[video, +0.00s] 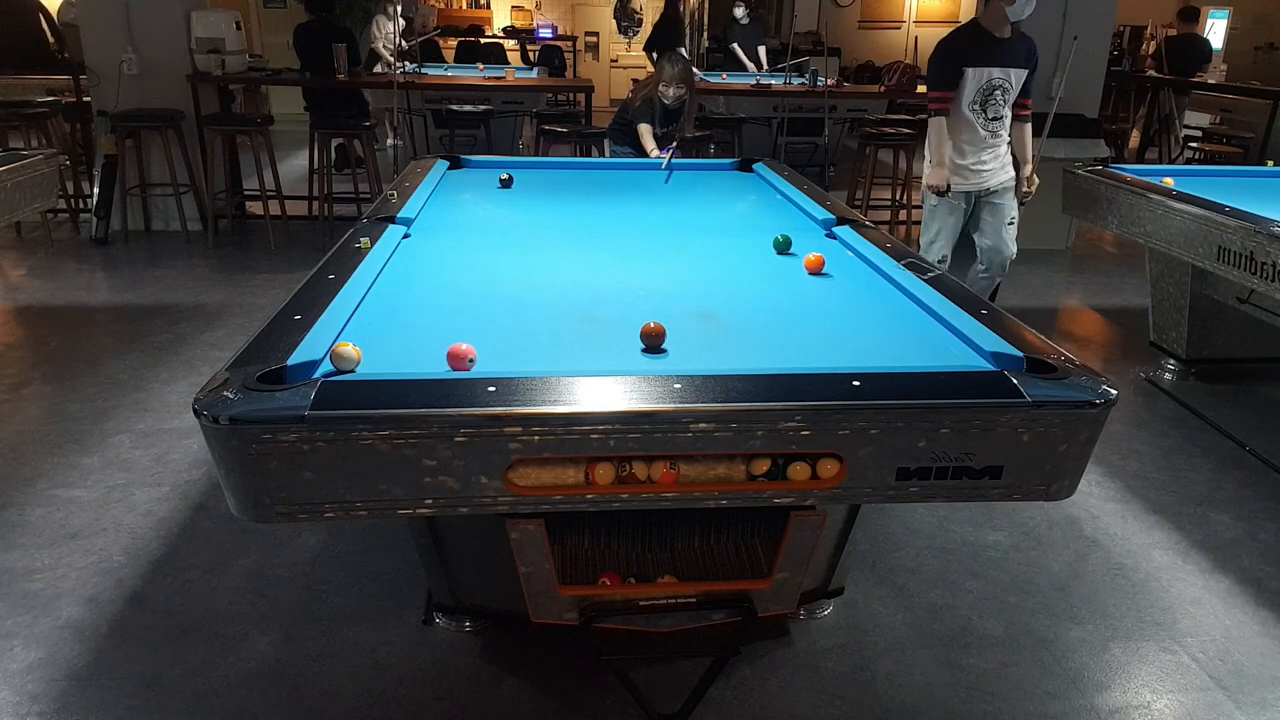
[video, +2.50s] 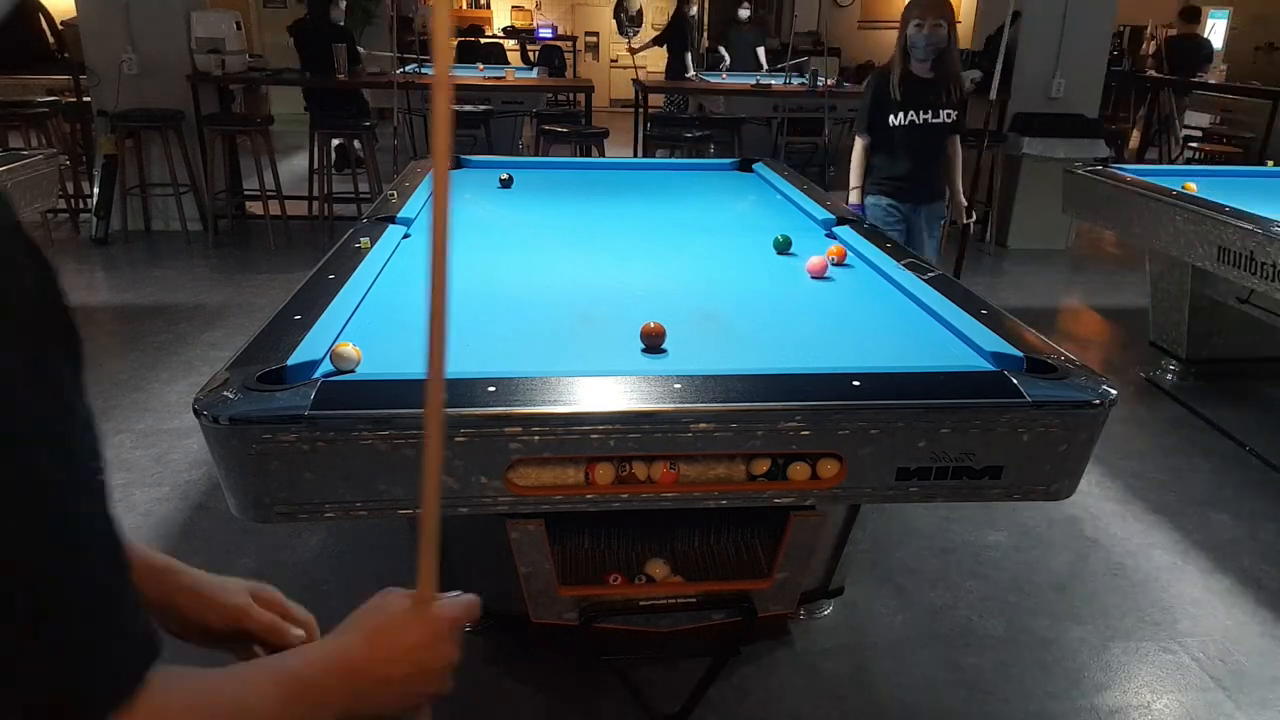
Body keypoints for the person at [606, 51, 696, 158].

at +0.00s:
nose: (672, 94)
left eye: (679, 88)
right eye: (665, 86)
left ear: (688, 87)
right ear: (657, 82)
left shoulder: (686, 97)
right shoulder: (643, 97)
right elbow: (644, 131)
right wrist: (655, 153)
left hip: (661, 142)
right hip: (626, 143)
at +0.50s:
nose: (671, 55)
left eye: (678, 48)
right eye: (664, 48)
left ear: (686, 48)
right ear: (653, 49)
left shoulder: (684, 71)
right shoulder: (640, 78)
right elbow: (625, 126)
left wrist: (683, 119)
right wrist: (646, 153)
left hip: (664, 143)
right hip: (632, 146)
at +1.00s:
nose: (661, 19)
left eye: (666, 12)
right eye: (652, 14)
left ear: (676, 16)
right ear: (642, 20)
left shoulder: (683, 53)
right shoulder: (633, 55)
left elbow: (687, 100)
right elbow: (639, 101)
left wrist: (691, 141)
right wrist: (659, 62)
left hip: (678, 147)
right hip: (642, 148)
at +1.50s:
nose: (713, 20)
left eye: (719, 13)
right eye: (705, 13)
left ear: (726, 18)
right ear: (693, 20)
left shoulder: (725, 58)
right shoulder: (681, 55)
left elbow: (725, 106)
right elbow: (689, 99)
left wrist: (729, 147)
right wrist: (710, 60)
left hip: (717, 143)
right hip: (684, 144)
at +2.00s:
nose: (770, 26)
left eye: (775, 19)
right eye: (762, 19)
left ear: (782, 25)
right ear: (749, 25)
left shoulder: (773, 66)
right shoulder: (733, 62)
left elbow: (774, 117)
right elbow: (707, 111)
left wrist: (779, 158)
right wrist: (744, 131)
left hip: (766, 159)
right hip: (732, 159)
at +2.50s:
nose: (927, 32)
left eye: (938, 25)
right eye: (918, 24)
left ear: (950, 32)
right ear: (904, 30)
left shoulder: (951, 84)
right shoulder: (881, 81)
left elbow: (953, 142)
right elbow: (862, 141)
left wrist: (957, 194)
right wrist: (855, 200)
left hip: (931, 201)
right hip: (884, 198)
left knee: (923, 285)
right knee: (883, 282)